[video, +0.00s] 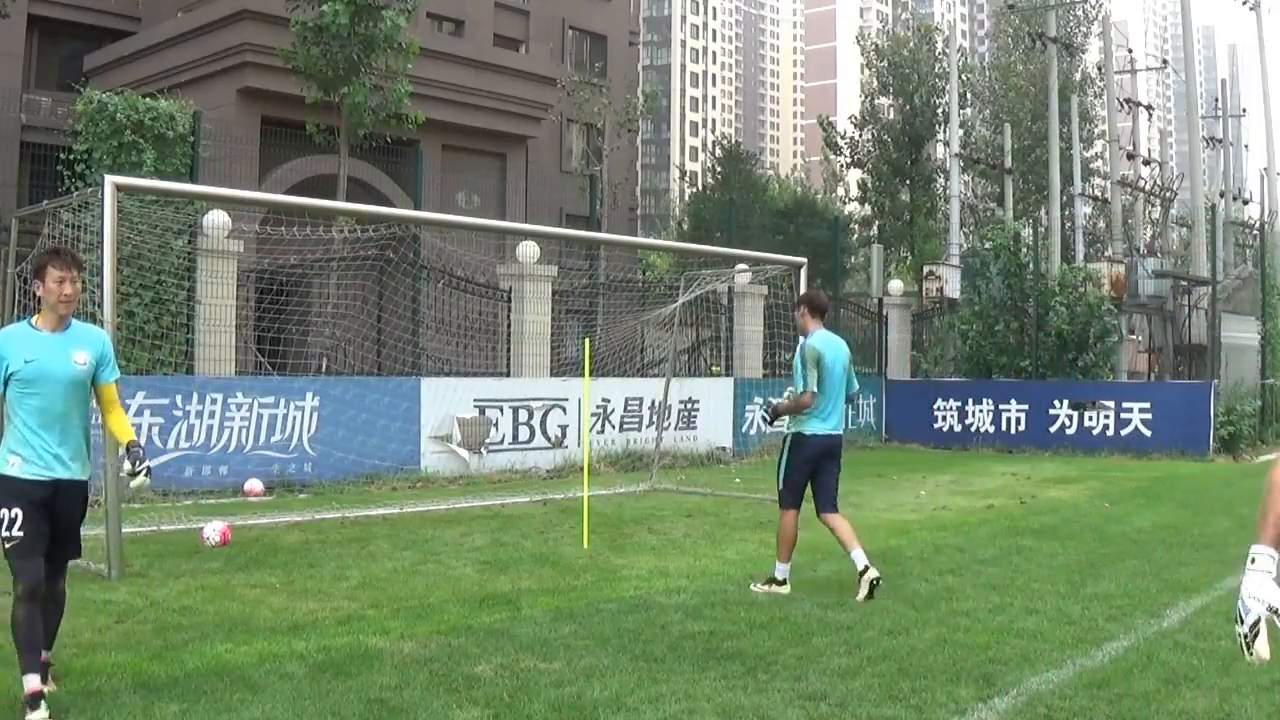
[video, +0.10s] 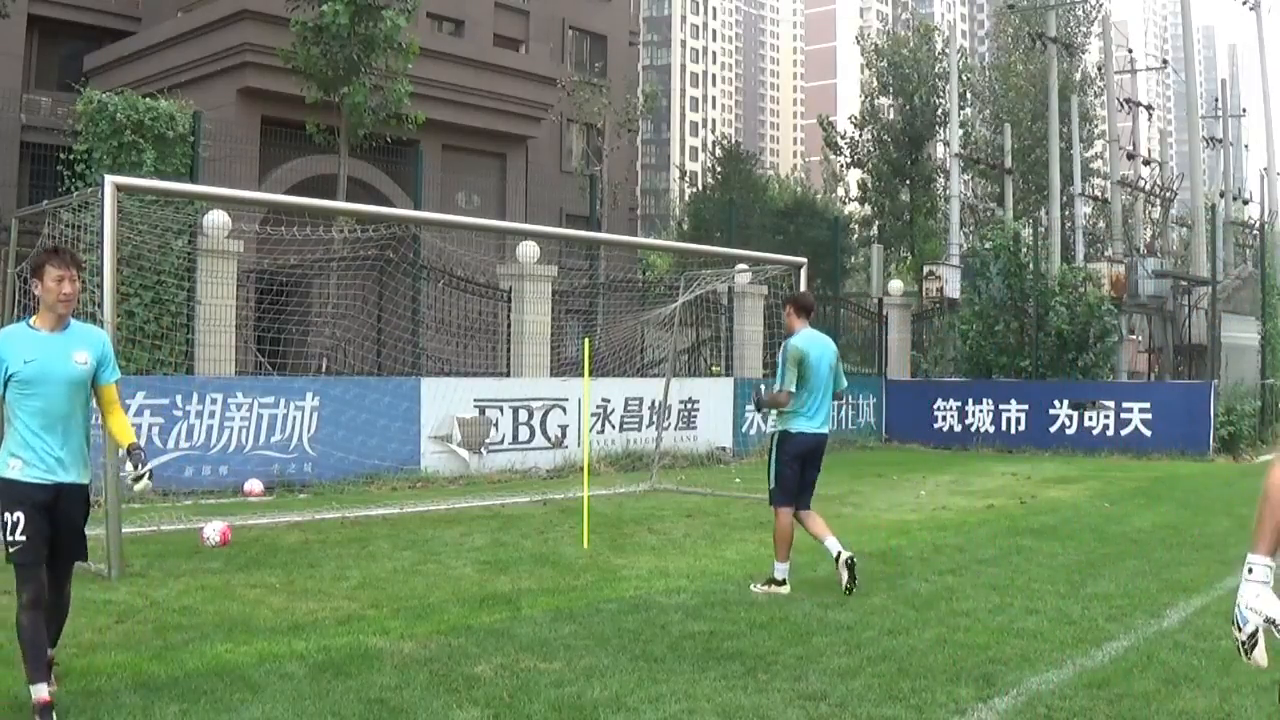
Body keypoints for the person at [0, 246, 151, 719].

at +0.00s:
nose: (69, 289)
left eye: (74, 282)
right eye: (60, 281)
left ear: (80, 288)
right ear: (38, 286)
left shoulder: (96, 341)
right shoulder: (7, 340)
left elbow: (112, 407)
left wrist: (131, 446)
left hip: (71, 479)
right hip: (18, 477)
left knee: (54, 581)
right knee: (29, 583)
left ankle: (43, 662)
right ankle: (33, 691)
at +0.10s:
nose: (69, 288)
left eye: (74, 280)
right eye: (59, 280)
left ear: (79, 287)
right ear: (36, 285)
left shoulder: (96, 341)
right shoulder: (8, 341)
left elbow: (112, 408)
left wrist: (133, 449)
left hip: (73, 482)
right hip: (20, 480)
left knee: (58, 586)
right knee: (32, 590)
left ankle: (45, 658)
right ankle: (41, 698)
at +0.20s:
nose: (68, 280)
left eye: (73, 272)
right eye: (58, 271)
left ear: (79, 278)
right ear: (34, 276)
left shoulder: (96, 333)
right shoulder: (8, 337)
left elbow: (109, 405)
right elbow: (2, 411)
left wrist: (127, 459)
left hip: (77, 483)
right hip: (20, 482)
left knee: (78, 598)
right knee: (29, 599)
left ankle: (54, 645)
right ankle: (40, 701)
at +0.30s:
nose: (70, 276)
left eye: (75, 267)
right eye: (60, 267)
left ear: (80, 274)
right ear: (36, 274)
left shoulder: (97, 331)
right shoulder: (9, 334)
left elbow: (108, 406)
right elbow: (3, 411)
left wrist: (123, 468)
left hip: (81, 483)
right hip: (22, 483)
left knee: (92, 592)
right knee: (30, 598)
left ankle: (62, 652)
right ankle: (40, 701)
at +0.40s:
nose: (77, 274)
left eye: (82, 265)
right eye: (66, 265)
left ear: (88, 270)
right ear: (41, 271)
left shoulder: (100, 329)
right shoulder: (13, 332)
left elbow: (107, 409)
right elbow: (1, 413)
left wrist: (113, 476)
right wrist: (0, 489)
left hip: (89, 482)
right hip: (29, 486)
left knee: (109, 587)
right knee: (34, 603)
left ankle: (90, 692)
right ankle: (42, 704)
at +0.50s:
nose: (84, 275)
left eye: (89, 266)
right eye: (73, 266)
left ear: (94, 271)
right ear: (47, 273)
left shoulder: (104, 331)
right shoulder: (20, 331)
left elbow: (108, 408)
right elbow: (2, 407)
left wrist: (110, 471)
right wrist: (4, 470)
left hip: (94, 487)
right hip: (36, 491)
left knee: (110, 600)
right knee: (38, 607)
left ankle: (116, 712)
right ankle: (42, 704)